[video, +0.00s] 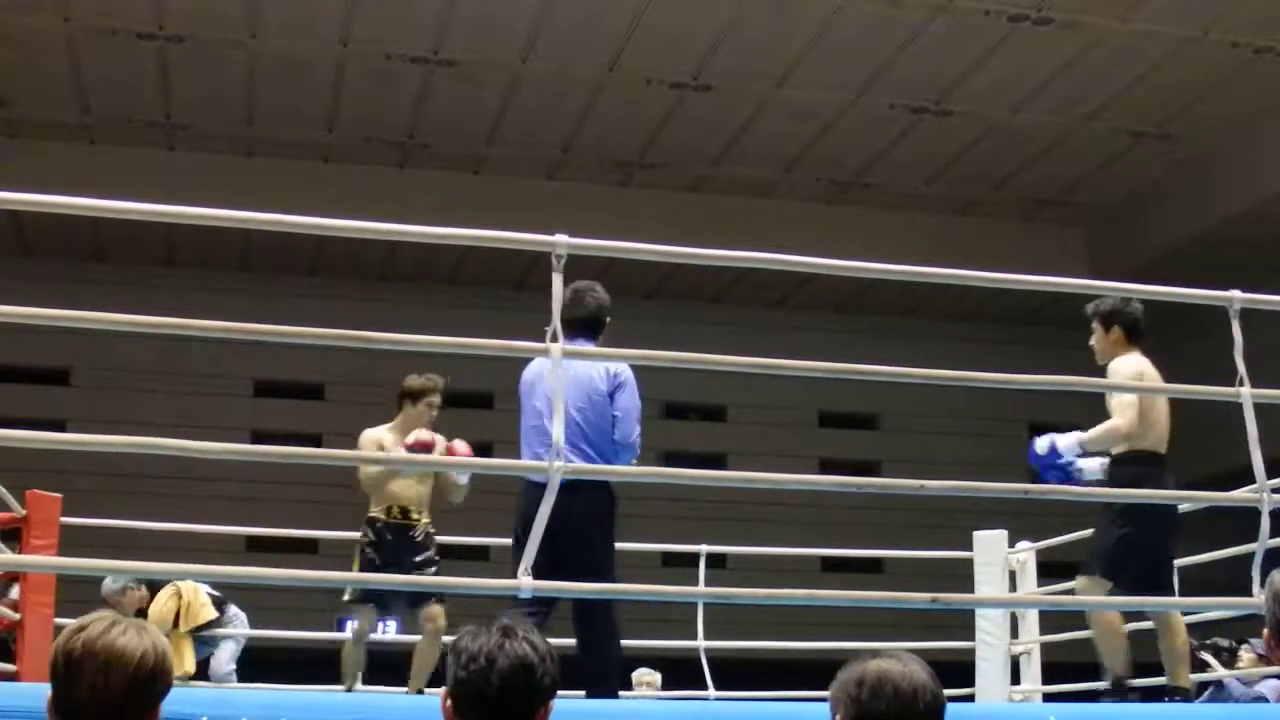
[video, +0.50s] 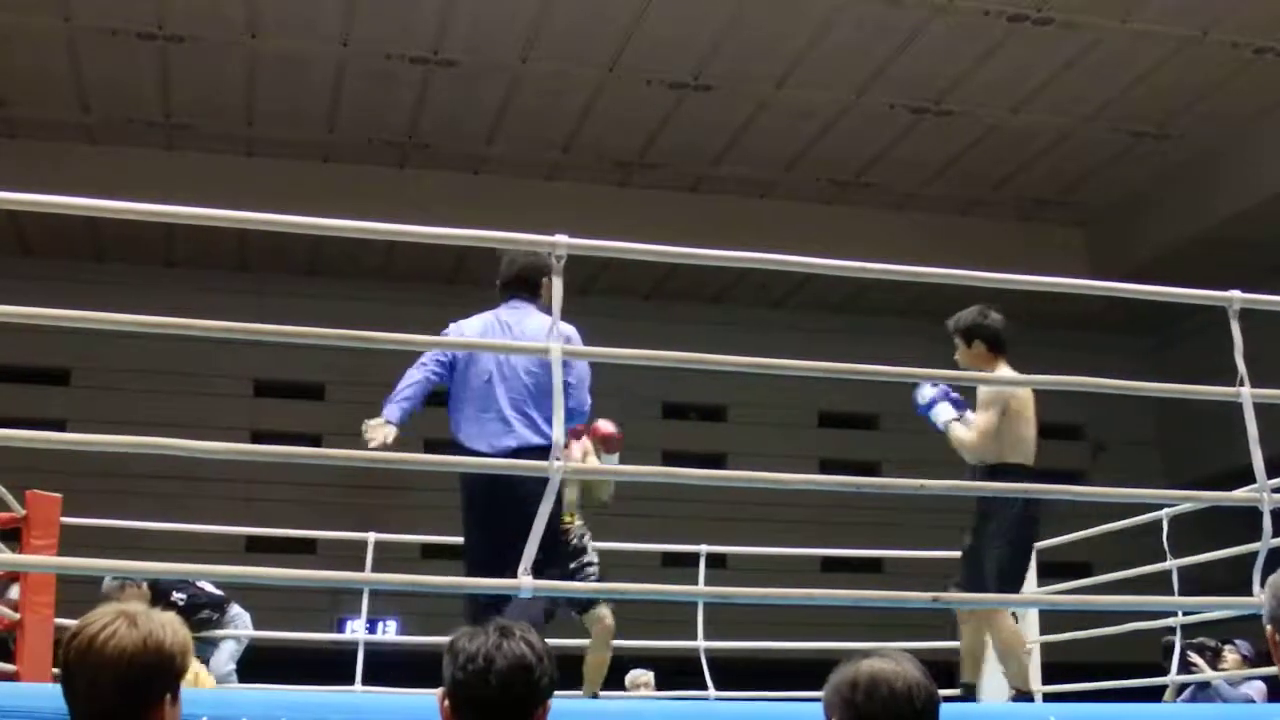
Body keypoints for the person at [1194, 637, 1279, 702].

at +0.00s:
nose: (1239, 654)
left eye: (1247, 651)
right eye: (1240, 650)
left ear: (1263, 659)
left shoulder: (1273, 684)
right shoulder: (1222, 685)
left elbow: (1253, 701)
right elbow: (1197, 707)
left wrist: (1223, 674)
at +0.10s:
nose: (1236, 654)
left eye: (1244, 651)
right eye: (1237, 650)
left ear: (1260, 660)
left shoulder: (1271, 685)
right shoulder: (1217, 686)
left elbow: (1252, 702)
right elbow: (1192, 708)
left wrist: (1221, 674)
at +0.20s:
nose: (1233, 654)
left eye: (1241, 651)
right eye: (1233, 650)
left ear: (1257, 661)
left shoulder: (1267, 684)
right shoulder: (1214, 686)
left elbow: (1249, 701)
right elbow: (1187, 707)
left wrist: (1218, 672)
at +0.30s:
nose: (1230, 654)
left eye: (1238, 651)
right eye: (1230, 650)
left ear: (1253, 661)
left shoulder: (1264, 685)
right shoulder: (1208, 686)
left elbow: (1242, 700)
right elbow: (1174, 711)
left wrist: (1214, 671)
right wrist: (1183, 676)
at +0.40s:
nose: (1226, 654)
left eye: (1234, 651)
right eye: (1225, 651)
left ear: (1249, 661)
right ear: (1221, 656)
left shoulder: (1260, 685)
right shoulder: (1204, 687)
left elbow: (1238, 699)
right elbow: (1171, 712)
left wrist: (1210, 671)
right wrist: (1177, 684)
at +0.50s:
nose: (1223, 654)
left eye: (1231, 652)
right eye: (1222, 651)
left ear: (1245, 660)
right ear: (1217, 655)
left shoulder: (1257, 686)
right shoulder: (1201, 687)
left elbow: (1235, 700)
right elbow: (1167, 711)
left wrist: (1207, 672)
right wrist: (1174, 684)